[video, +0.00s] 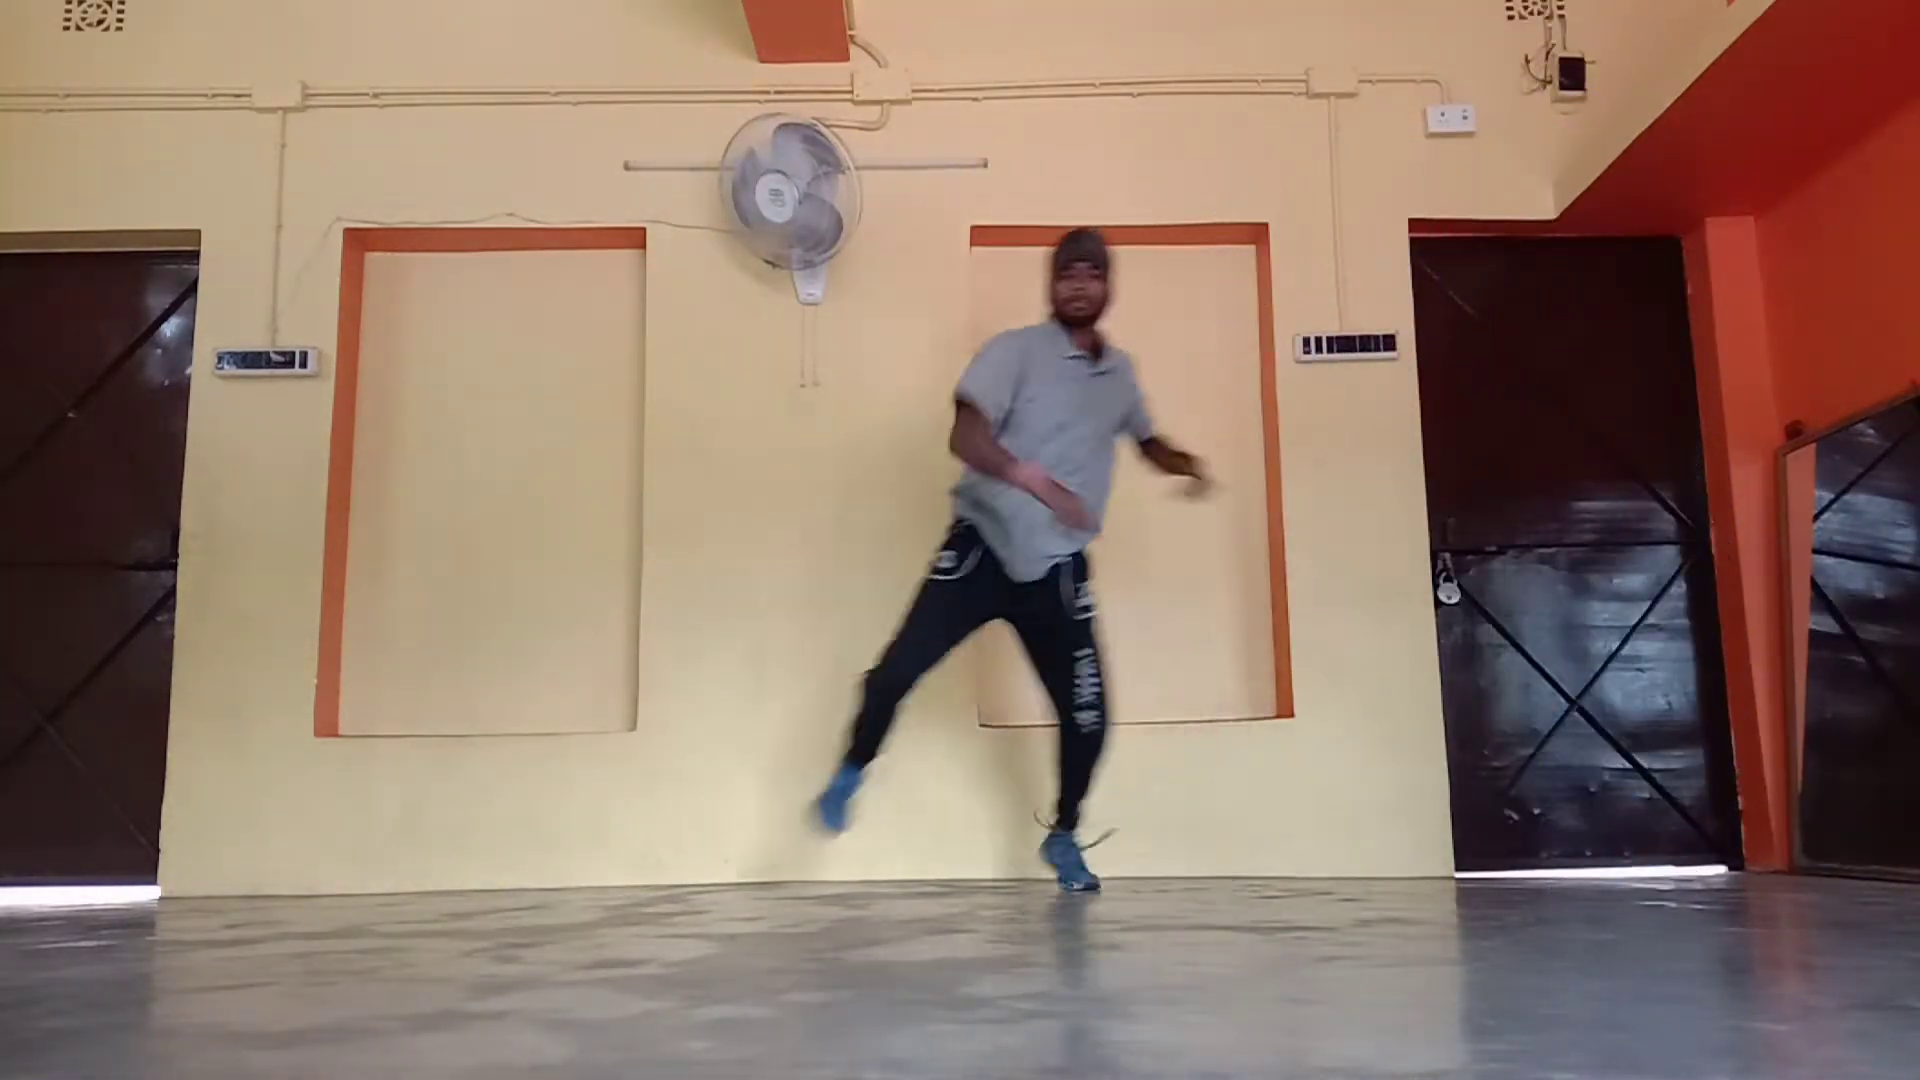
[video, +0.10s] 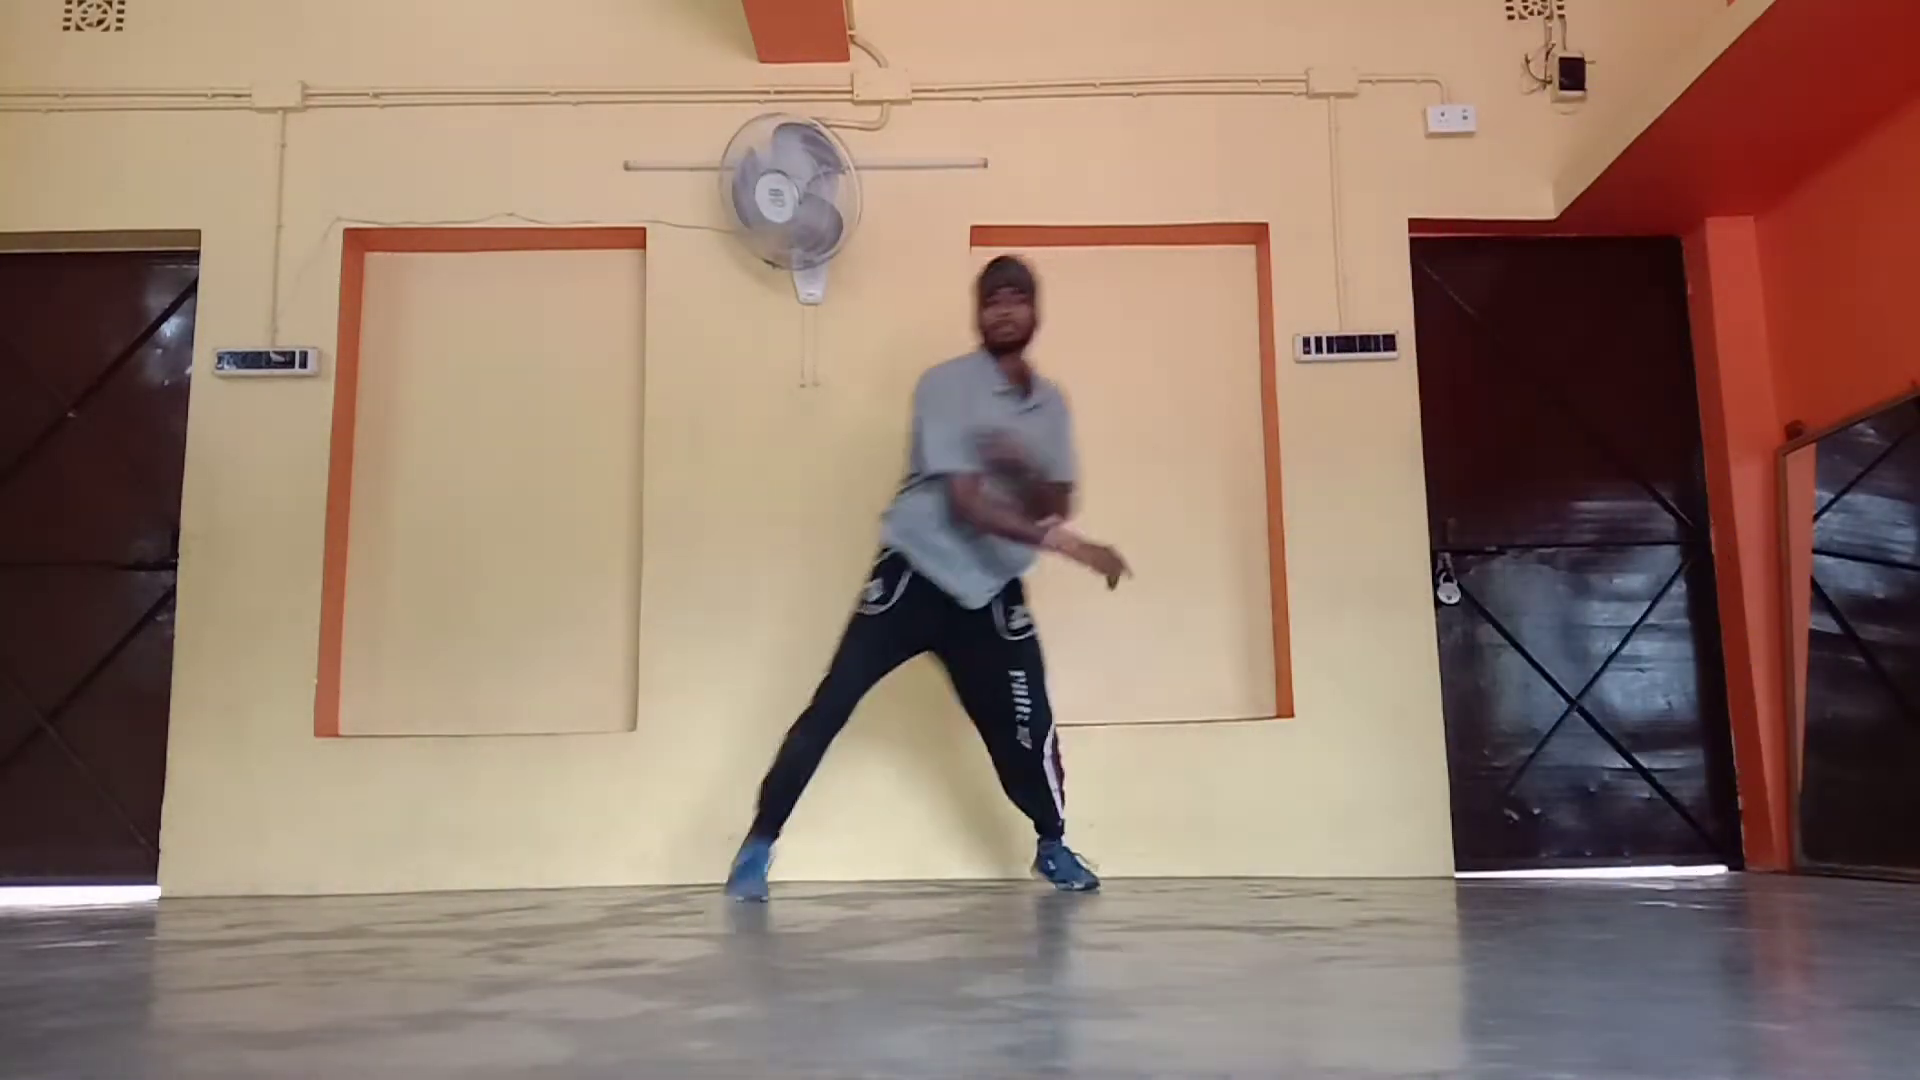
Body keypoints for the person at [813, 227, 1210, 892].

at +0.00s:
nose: (1079, 286)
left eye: (1092, 276)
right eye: (1068, 275)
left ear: (1109, 288)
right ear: (1051, 285)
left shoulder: (1116, 371)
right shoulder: (1013, 352)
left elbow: (1147, 441)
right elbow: (967, 440)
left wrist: (1183, 463)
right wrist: (1037, 481)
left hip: (1059, 566)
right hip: (982, 547)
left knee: (1087, 710)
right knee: (893, 673)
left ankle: (1063, 835)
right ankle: (852, 770)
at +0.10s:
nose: (1004, 310)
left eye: (1017, 300)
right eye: (993, 301)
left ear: (1037, 312)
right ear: (978, 314)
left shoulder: (1049, 403)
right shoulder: (946, 386)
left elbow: (1059, 505)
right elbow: (967, 504)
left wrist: (1022, 468)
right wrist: (1074, 547)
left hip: (992, 588)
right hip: (913, 573)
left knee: (1027, 723)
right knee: (831, 706)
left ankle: (1053, 844)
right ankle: (759, 844)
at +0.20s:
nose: (943, 330)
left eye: (959, 321)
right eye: (933, 318)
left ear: (977, 336)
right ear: (917, 329)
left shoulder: (986, 422)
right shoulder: (876, 402)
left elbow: (962, 521)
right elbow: (869, 522)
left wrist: (891, 493)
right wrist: (956, 558)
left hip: (935, 600)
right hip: (854, 593)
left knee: (1008, 725)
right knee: (798, 729)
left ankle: (994, 816)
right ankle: (746, 858)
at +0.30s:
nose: (902, 286)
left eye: (916, 275)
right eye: (891, 275)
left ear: (939, 288)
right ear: (877, 286)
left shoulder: (971, 379)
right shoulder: (834, 366)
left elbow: (983, 483)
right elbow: (781, 451)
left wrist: (945, 552)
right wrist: (792, 534)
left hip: (913, 573)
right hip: (828, 567)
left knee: (921, 709)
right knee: (782, 708)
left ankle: (871, 815)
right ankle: (751, 846)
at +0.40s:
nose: (874, 266)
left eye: (889, 255)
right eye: (864, 256)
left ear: (914, 269)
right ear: (850, 269)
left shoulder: (954, 353)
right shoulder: (816, 346)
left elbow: (1012, 456)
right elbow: (737, 407)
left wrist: (1073, 539)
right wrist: (644, 449)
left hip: (902, 540)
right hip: (827, 538)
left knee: (832, 680)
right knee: (775, 681)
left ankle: (791, 834)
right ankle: (781, 813)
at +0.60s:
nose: (861, 276)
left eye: (875, 267)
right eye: (851, 268)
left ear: (901, 284)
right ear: (838, 288)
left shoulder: (940, 355)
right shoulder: (825, 374)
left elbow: (1025, 425)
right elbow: (751, 419)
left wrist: (1107, 489)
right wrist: (655, 441)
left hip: (899, 548)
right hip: (830, 556)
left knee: (814, 697)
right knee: (783, 700)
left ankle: (761, 855)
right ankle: (879, 782)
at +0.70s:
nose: (876, 273)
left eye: (889, 263)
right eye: (864, 265)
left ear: (913, 279)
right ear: (851, 284)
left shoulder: (961, 346)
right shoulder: (841, 376)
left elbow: (1024, 445)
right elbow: (794, 469)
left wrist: (1056, 544)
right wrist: (739, 545)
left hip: (942, 536)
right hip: (874, 545)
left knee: (867, 660)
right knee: (865, 687)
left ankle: (865, 816)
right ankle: (911, 848)